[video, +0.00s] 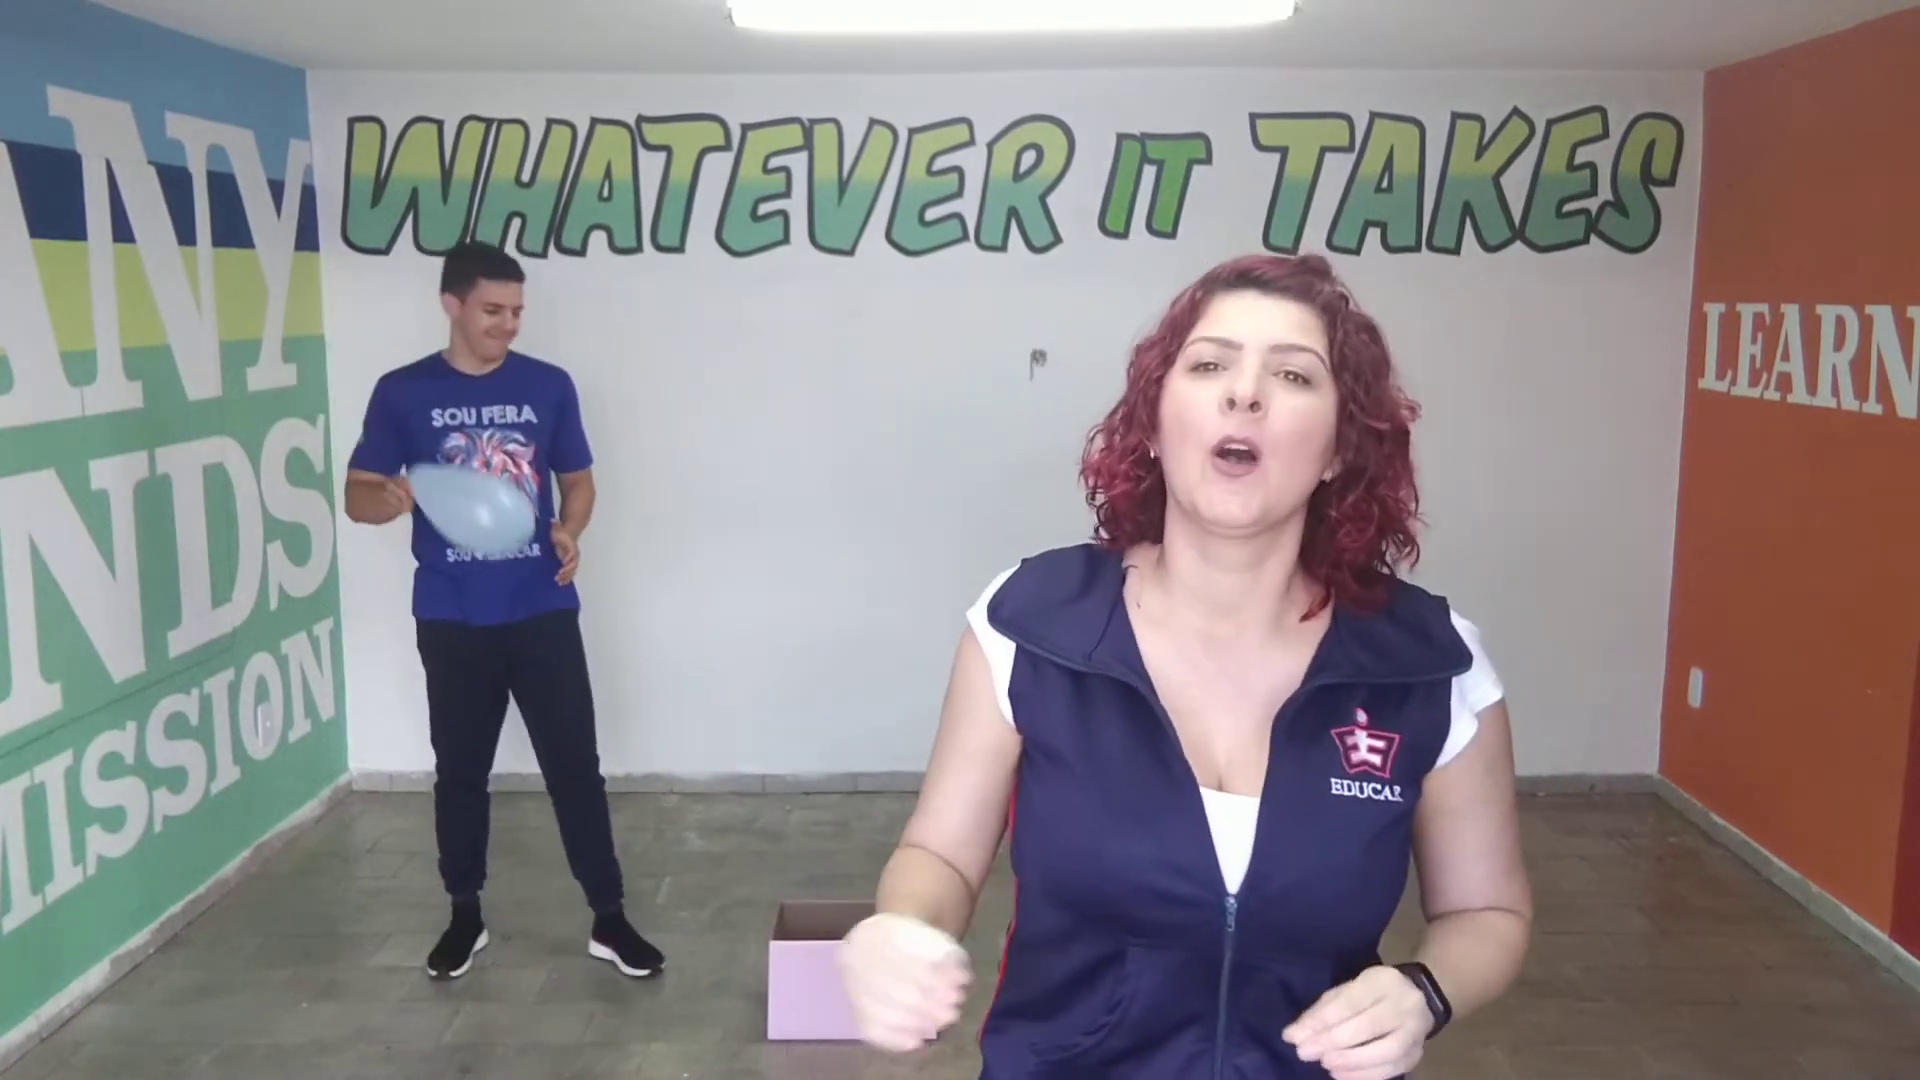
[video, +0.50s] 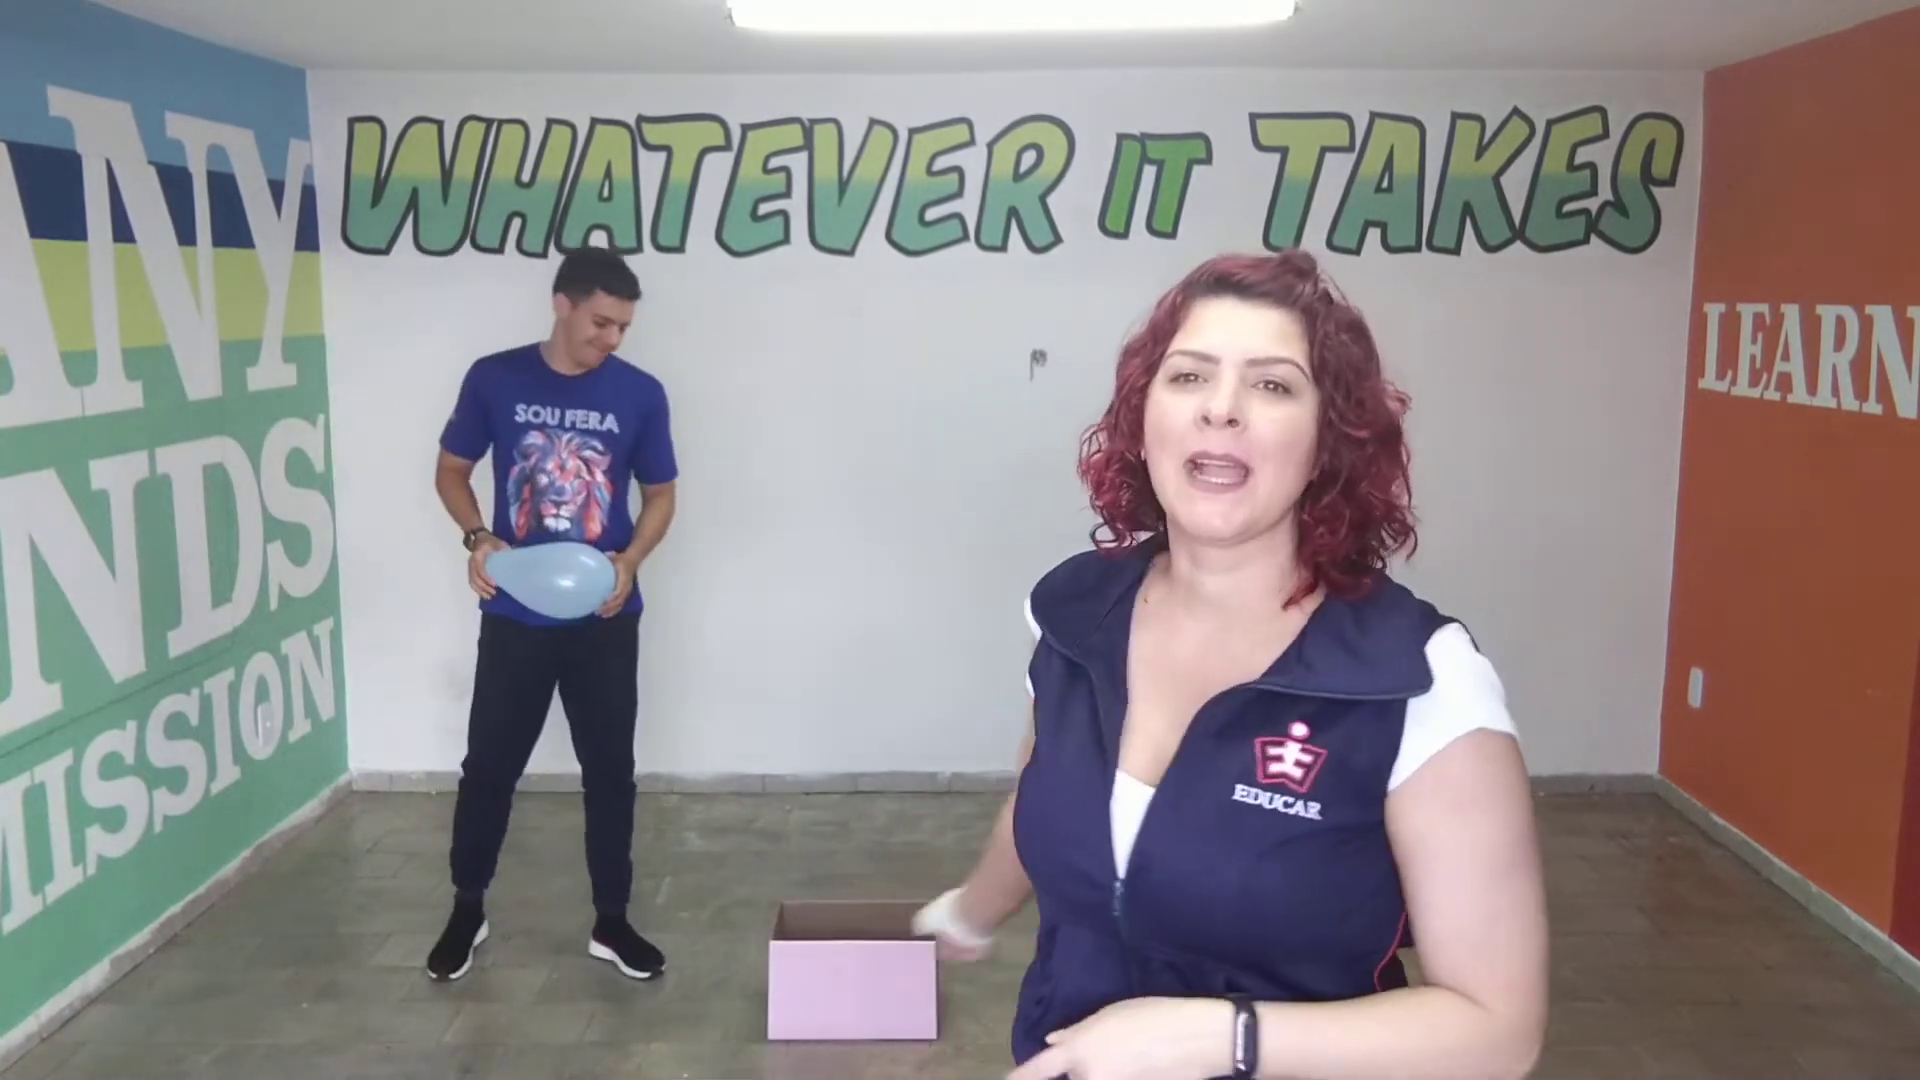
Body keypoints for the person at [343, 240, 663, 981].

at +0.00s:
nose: (506, 323)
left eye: (515, 310)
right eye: (492, 309)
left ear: (521, 311)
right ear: (452, 306)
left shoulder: (548, 387)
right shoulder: (402, 393)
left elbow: (578, 482)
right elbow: (356, 499)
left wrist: (570, 528)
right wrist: (393, 497)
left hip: (542, 615)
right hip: (454, 622)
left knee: (575, 767)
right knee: (460, 774)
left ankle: (609, 917)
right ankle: (465, 914)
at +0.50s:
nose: (611, 341)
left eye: (621, 328)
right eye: (601, 325)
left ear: (626, 322)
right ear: (561, 307)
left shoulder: (640, 395)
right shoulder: (495, 379)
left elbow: (661, 497)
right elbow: (451, 472)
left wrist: (630, 559)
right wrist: (478, 533)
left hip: (605, 617)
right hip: (516, 614)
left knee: (611, 770)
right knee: (489, 766)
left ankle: (612, 920)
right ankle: (467, 909)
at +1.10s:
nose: (651, 331)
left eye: (663, 319)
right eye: (641, 314)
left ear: (672, 320)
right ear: (606, 304)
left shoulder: (686, 395)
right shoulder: (550, 380)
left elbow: (710, 498)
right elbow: (510, 471)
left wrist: (676, 553)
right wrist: (522, 531)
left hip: (645, 603)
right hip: (566, 598)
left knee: (631, 759)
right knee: (569, 745)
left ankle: (615, 919)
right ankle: (637, 832)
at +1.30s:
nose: (636, 336)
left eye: (647, 324)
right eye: (624, 322)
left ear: (657, 320)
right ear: (593, 314)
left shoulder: (686, 389)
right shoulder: (553, 390)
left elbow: (725, 485)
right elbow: (525, 482)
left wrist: (685, 542)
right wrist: (532, 535)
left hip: (655, 598)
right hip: (581, 596)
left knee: (637, 753)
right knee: (593, 739)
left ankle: (617, 918)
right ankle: (639, 847)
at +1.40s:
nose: (634, 340)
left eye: (643, 327)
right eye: (620, 328)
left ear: (652, 318)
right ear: (587, 320)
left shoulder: (685, 386)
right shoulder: (554, 394)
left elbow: (727, 479)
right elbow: (531, 486)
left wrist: (691, 540)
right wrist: (543, 540)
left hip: (662, 595)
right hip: (589, 595)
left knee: (645, 747)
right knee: (609, 739)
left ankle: (625, 914)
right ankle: (644, 861)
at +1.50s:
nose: (630, 342)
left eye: (639, 329)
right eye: (616, 331)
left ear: (649, 319)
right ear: (585, 322)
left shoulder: (684, 384)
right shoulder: (554, 394)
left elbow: (726, 475)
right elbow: (536, 484)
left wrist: (693, 540)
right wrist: (551, 541)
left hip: (668, 588)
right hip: (596, 591)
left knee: (660, 734)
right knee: (619, 732)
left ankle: (650, 895)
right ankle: (648, 861)